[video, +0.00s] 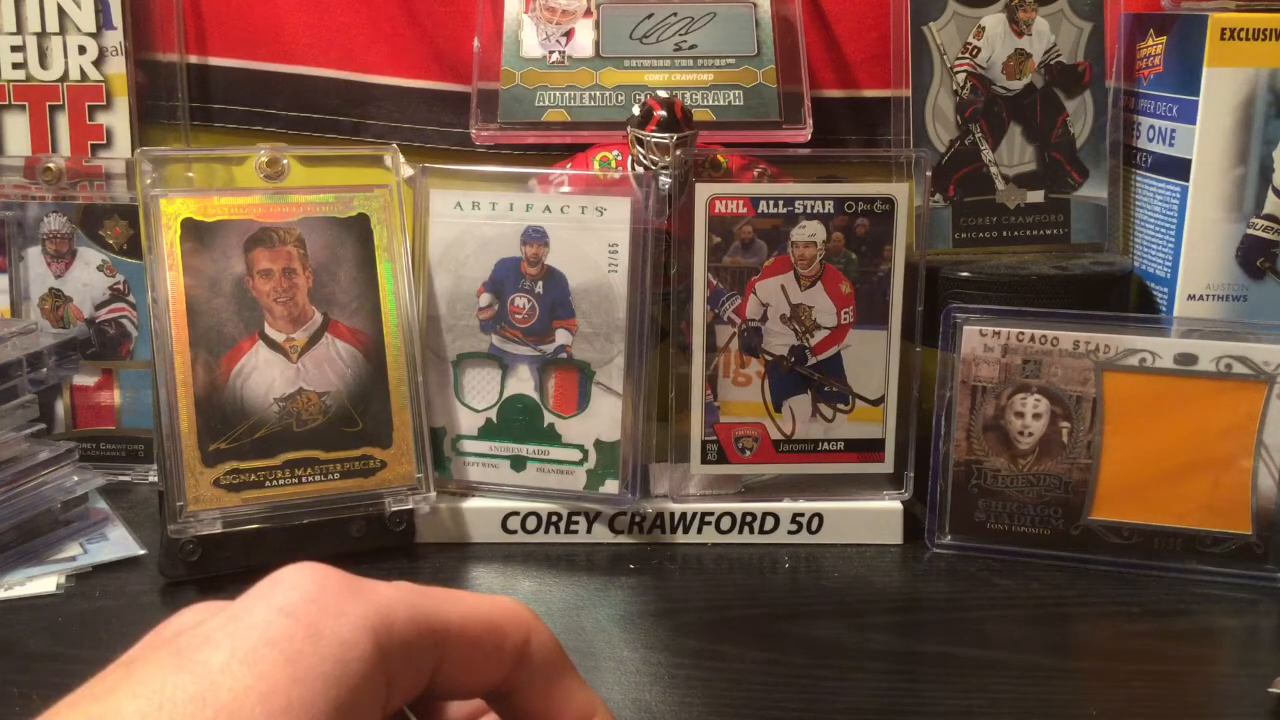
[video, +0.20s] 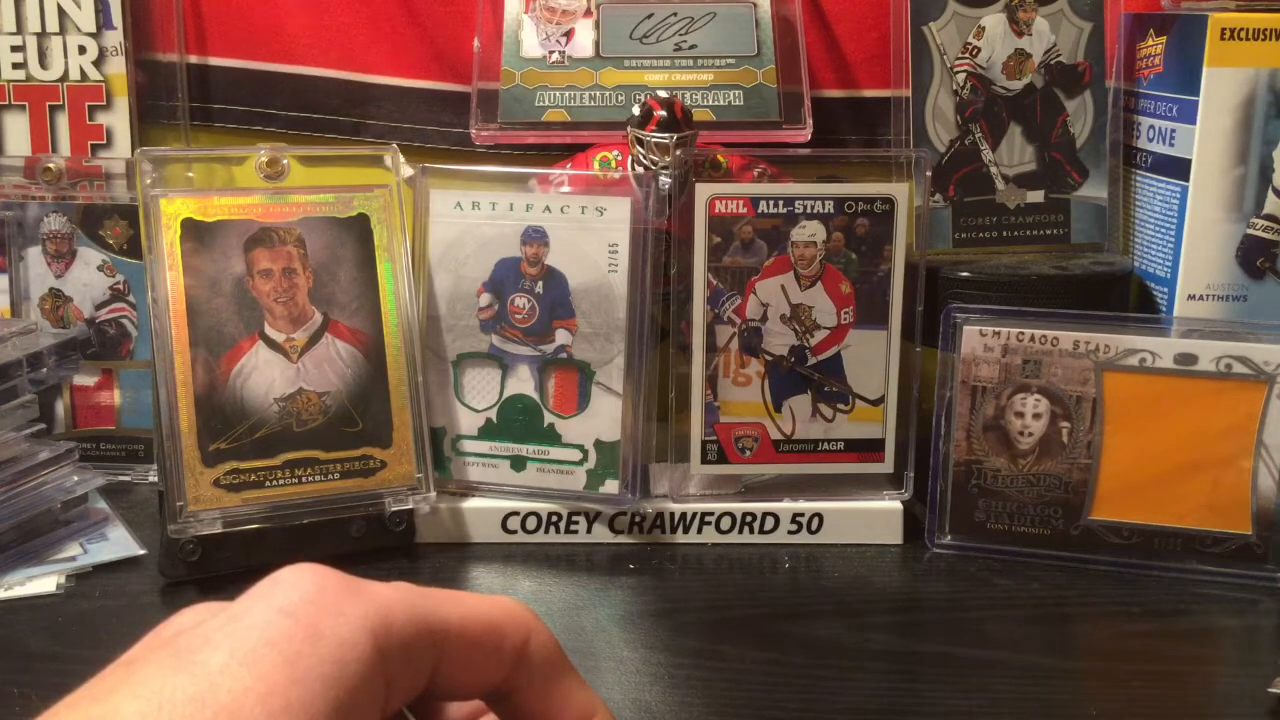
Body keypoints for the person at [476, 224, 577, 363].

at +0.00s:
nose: (534, 251)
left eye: (540, 247)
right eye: (530, 246)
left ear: (546, 250)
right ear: (522, 248)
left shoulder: (557, 280)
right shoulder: (504, 268)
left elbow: (565, 321)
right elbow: (487, 291)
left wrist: (562, 349)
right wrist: (486, 316)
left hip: (541, 353)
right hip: (502, 348)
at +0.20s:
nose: (534, 251)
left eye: (540, 246)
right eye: (530, 246)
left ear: (546, 250)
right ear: (522, 248)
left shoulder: (557, 280)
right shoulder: (504, 268)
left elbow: (565, 321)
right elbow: (487, 291)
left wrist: (562, 349)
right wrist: (486, 316)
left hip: (541, 353)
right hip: (503, 348)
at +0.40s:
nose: (534, 251)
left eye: (540, 246)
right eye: (530, 246)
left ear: (546, 250)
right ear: (522, 248)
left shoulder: (557, 280)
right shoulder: (504, 268)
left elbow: (565, 321)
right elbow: (487, 291)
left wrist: (562, 350)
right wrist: (486, 316)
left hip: (541, 353)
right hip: (502, 348)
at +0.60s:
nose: (535, 251)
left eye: (540, 246)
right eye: (530, 246)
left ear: (546, 250)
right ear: (522, 248)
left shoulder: (557, 280)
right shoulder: (504, 267)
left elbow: (565, 321)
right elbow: (487, 291)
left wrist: (562, 350)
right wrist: (487, 319)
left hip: (541, 353)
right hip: (502, 348)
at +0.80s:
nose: (535, 251)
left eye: (540, 246)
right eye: (530, 246)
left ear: (546, 250)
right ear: (522, 248)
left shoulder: (557, 280)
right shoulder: (504, 267)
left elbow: (565, 321)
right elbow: (487, 292)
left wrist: (562, 350)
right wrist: (487, 319)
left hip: (541, 353)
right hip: (502, 348)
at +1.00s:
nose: (534, 251)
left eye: (539, 247)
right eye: (530, 246)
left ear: (546, 250)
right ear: (522, 248)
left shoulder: (557, 280)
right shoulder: (504, 268)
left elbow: (565, 322)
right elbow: (487, 293)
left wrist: (562, 353)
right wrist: (487, 319)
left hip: (541, 353)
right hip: (503, 349)